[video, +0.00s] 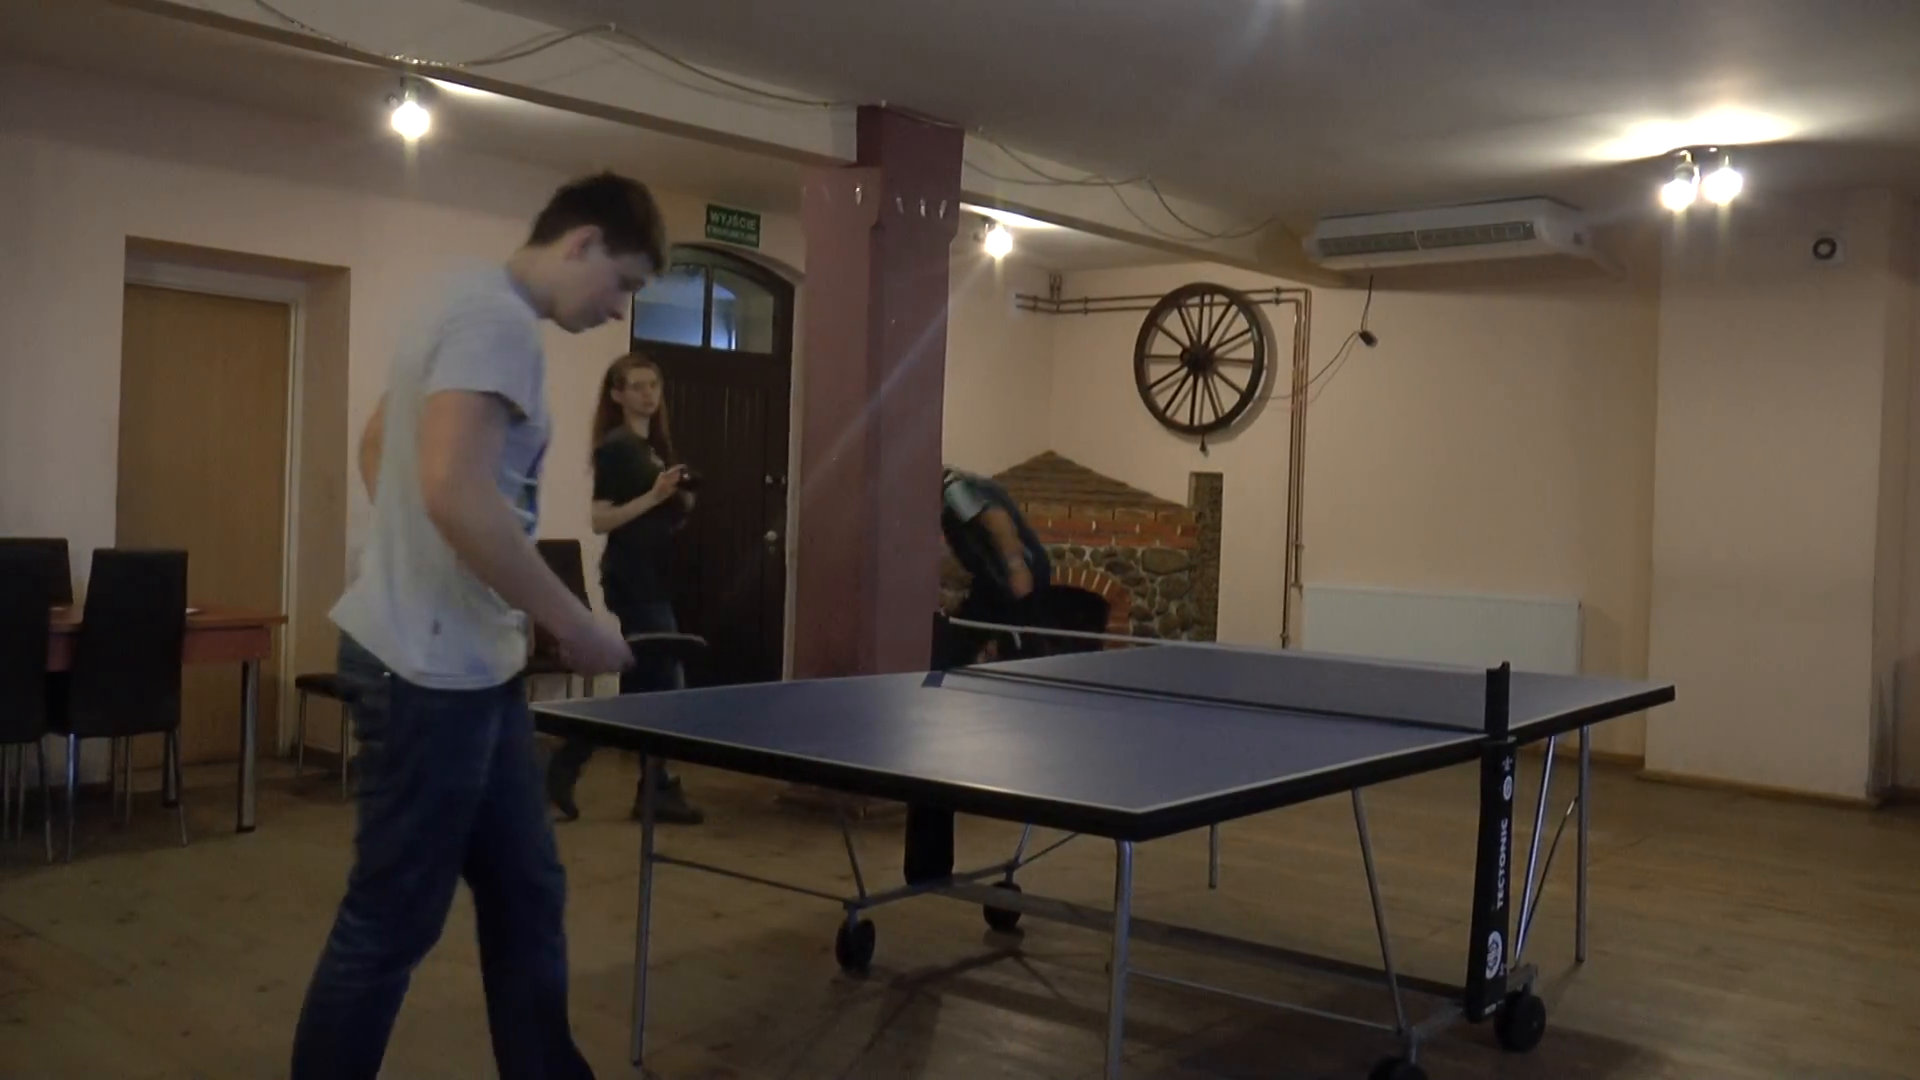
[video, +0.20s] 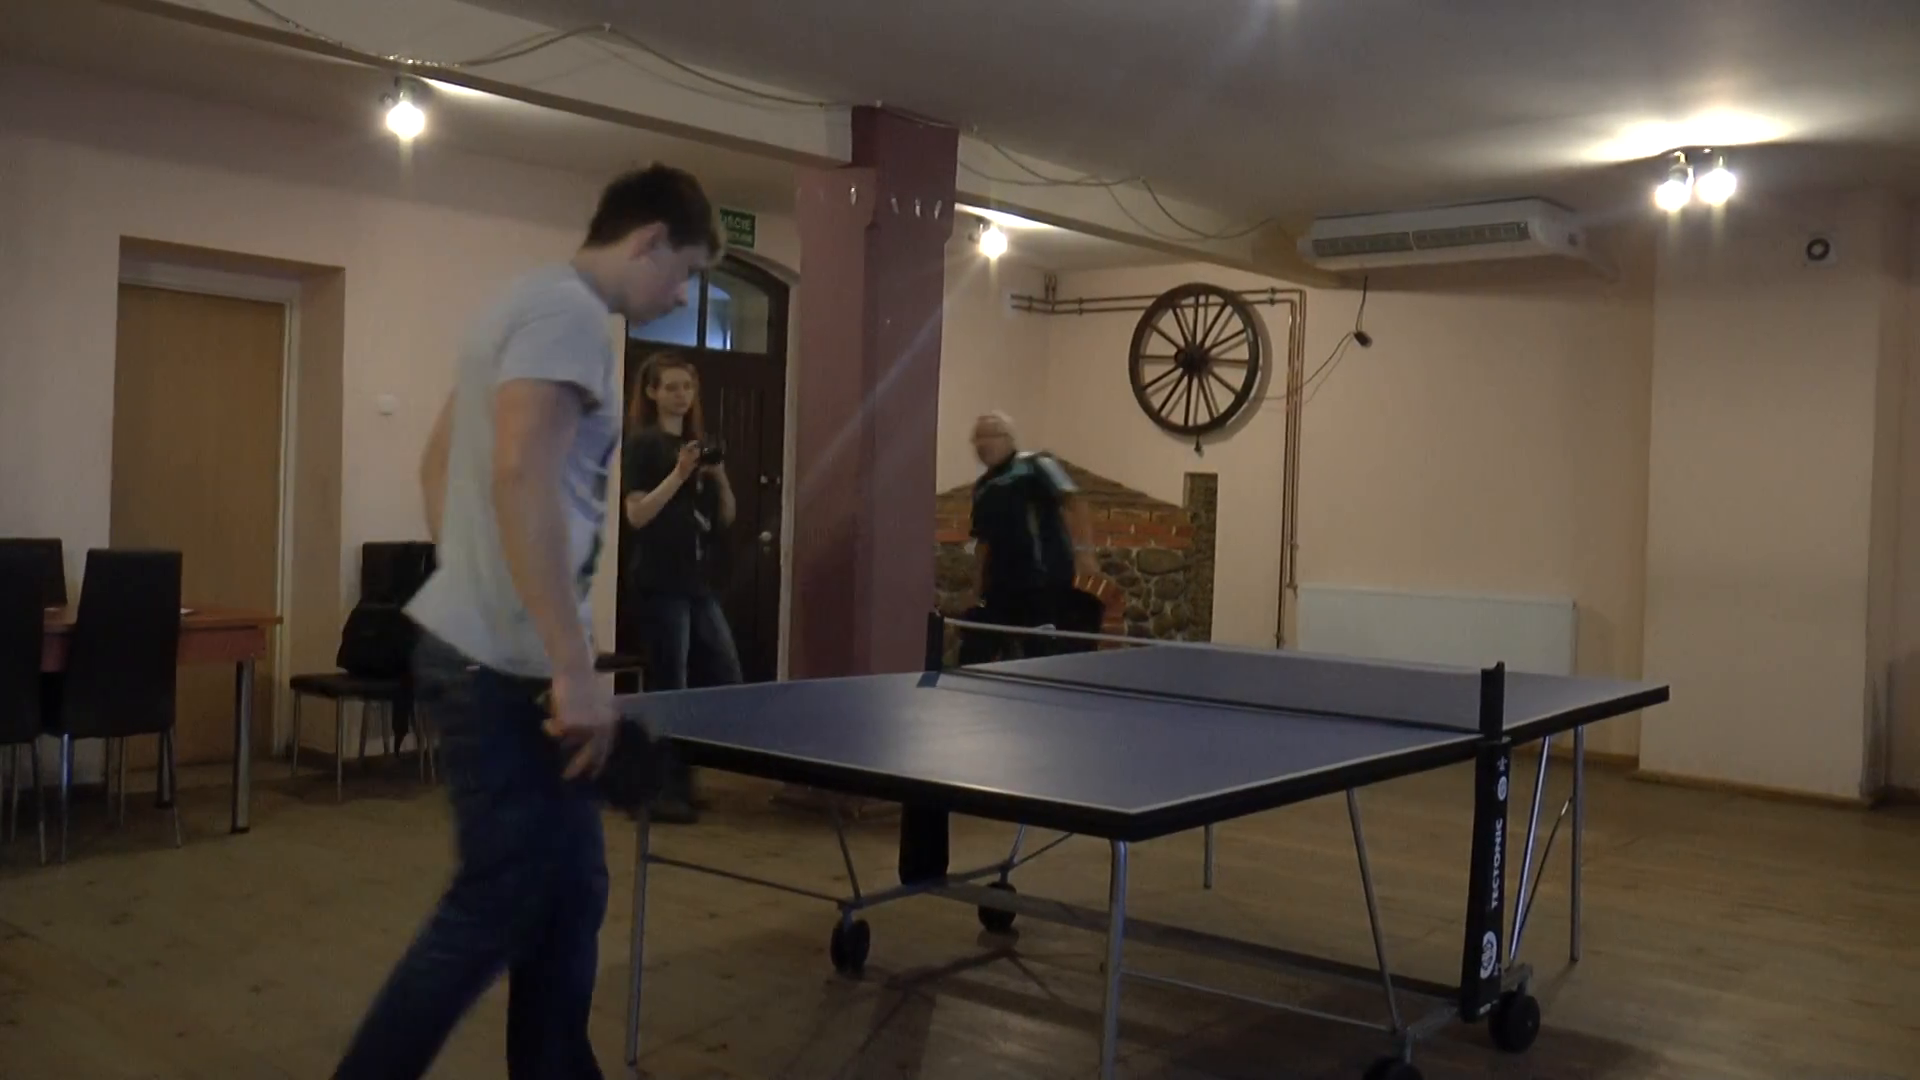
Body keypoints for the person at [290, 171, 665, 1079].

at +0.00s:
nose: (619, 309)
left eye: (630, 294)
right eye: (624, 284)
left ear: (572, 245)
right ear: (581, 245)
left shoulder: (459, 306)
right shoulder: (492, 318)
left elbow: (374, 449)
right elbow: (456, 489)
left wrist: (447, 569)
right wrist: (572, 619)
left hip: (459, 667)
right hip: (427, 670)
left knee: (525, 898)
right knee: (388, 922)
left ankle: (545, 1071)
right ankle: (324, 1070)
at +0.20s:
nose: (682, 300)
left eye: (692, 281)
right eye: (687, 274)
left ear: (626, 240)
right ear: (650, 243)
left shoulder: (524, 307)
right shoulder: (568, 311)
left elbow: (441, 466)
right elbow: (521, 477)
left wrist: (485, 598)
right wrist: (574, 664)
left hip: (493, 664)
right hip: (496, 670)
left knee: (566, 897)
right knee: (503, 896)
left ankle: (558, 1069)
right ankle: (368, 1071)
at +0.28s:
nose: (700, 291)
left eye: (708, 272)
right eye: (703, 265)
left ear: (639, 237)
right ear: (665, 239)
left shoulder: (545, 308)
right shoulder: (589, 310)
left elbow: (471, 470)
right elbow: (542, 481)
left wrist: (483, 600)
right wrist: (560, 669)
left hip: (506, 653)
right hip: (545, 666)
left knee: (566, 906)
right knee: (563, 908)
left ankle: (559, 1070)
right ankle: (402, 1074)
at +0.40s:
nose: (716, 285)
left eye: (723, 266)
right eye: (720, 260)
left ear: (640, 231)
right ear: (687, 236)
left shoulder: (558, 310)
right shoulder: (624, 310)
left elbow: (497, 481)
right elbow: (584, 482)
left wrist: (534, 601)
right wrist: (576, 668)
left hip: (536, 645)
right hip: (593, 653)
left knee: (565, 891)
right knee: (650, 891)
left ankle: (559, 1066)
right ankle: (484, 1068)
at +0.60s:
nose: (746, 255)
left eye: (747, 236)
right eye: (748, 235)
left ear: (659, 220)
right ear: (725, 228)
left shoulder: (582, 312)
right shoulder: (682, 309)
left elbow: (529, 477)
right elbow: (667, 480)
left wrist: (603, 577)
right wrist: (734, 656)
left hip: (556, 644)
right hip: (639, 654)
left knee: (575, 896)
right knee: (685, 915)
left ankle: (541, 1066)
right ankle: (668, 1067)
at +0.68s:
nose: (765, 249)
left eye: (766, 233)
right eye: (764, 231)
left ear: (668, 221)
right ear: (741, 228)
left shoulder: (590, 315)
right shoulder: (712, 315)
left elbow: (541, 485)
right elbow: (716, 489)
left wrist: (601, 581)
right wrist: (804, 639)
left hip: (561, 643)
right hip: (653, 652)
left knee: (577, 897)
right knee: (699, 920)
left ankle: (544, 1068)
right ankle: (709, 1067)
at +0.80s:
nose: (788, 246)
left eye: (790, 230)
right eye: (788, 230)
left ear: (686, 220)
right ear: (774, 230)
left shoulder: (597, 325)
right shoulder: (763, 323)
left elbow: (546, 496)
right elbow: (795, 501)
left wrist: (589, 603)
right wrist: (873, 636)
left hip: (579, 652)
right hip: (691, 660)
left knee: (592, 896)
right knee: (735, 926)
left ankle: (549, 1069)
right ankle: (719, 1073)